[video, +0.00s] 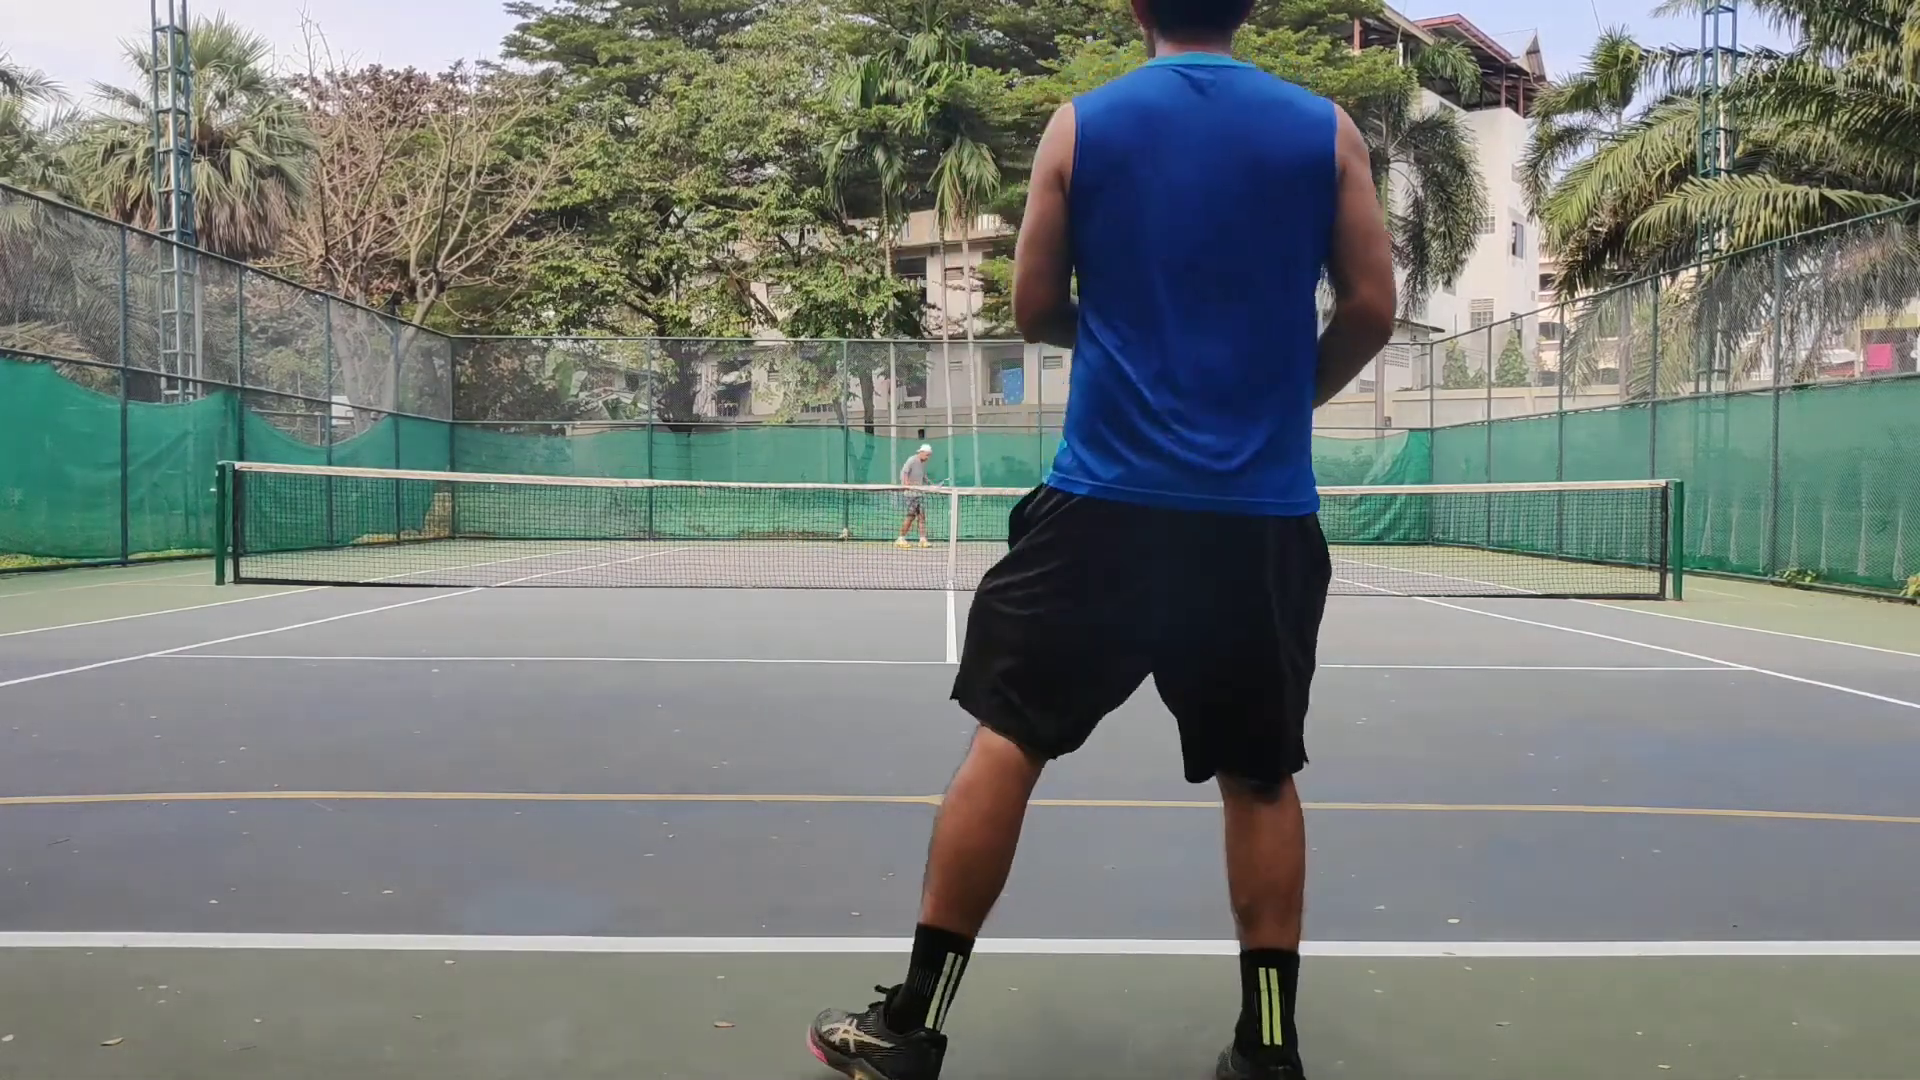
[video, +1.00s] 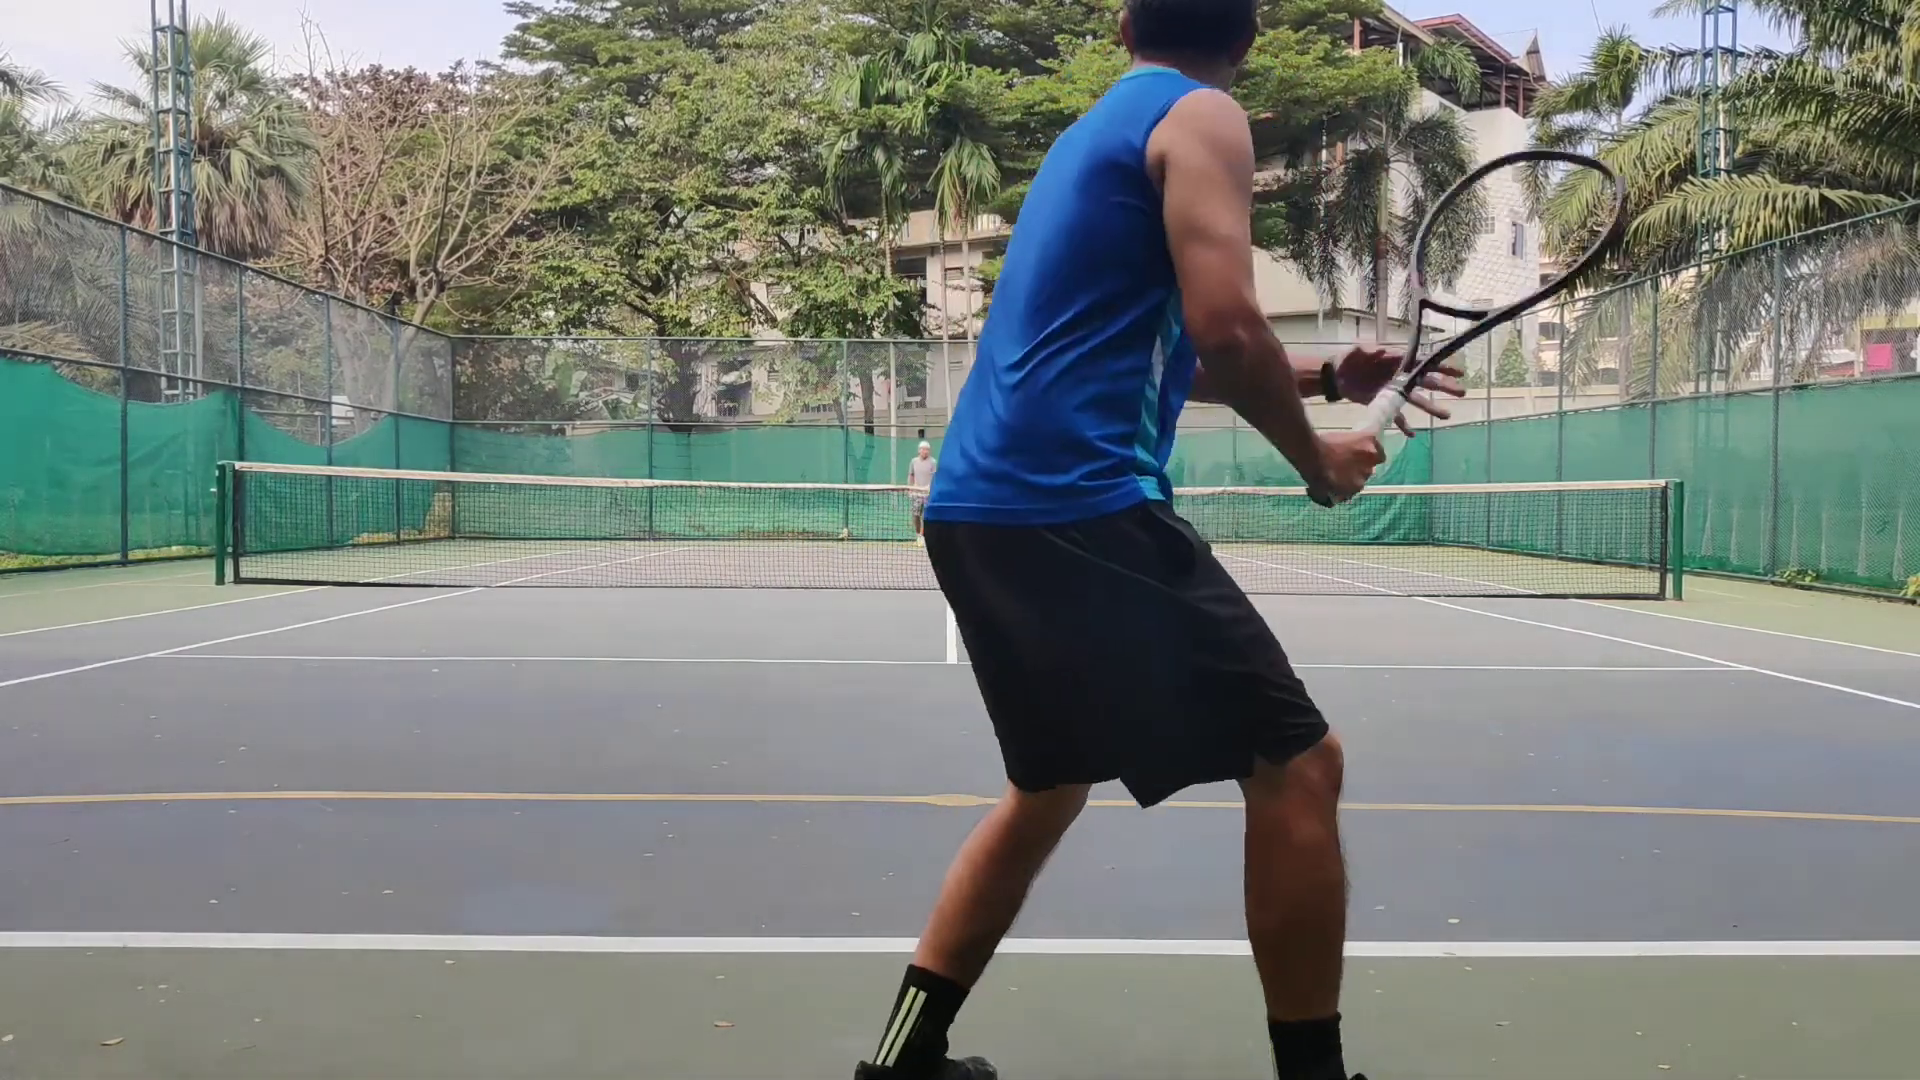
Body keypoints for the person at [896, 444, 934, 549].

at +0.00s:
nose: (927, 458)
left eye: (929, 455)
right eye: (927, 455)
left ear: (927, 455)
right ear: (921, 453)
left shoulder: (922, 462)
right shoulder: (912, 460)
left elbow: (922, 475)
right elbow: (904, 472)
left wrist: (930, 484)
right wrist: (906, 485)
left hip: (918, 491)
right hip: (910, 491)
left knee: (921, 516)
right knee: (912, 515)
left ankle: (923, 539)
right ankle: (901, 538)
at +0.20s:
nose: (932, 456)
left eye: (933, 454)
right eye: (931, 453)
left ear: (932, 454)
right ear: (926, 452)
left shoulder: (931, 465)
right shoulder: (914, 459)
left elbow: (932, 477)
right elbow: (902, 471)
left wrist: (937, 484)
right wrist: (899, 482)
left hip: (923, 490)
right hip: (913, 490)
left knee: (924, 515)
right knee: (912, 514)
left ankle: (923, 538)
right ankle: (903, 536)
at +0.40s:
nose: (934, 454)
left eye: (935, 452)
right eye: (933, 451)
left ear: (936, 453)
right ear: (927, 450)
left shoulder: (934, 463)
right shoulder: (916, 459)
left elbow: (935, 476)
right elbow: (907, 470)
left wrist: (928, 480)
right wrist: (903, 480)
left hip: (926, 487)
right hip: (915, 485)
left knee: (926, 514)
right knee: (912, 512)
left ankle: (924, 537)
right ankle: (905, 534)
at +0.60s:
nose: (932, 452)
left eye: (933, 450)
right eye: (930, 449)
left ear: (934, 451)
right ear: (925, 449)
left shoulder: (934, 462)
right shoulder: (916, 459)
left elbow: (933, 477)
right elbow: (911, 472)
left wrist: (920, 479)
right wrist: (909, 478)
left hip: (928, 489)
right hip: (916, 488)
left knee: (926, 514)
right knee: (911, 513)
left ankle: (924, 537)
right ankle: (910, 532)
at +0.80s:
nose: (927, 451)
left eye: (929, 449)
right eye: (925, 448)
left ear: (931, 450)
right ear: (921, 449)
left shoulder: (933, 461)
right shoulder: (915, 460)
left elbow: (935, 474)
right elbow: (913, 473)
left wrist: (931, 483)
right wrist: (913, 485)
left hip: (928, 490)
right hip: (916, 489)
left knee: (926, 515)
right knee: (914, 514)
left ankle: (925, 537)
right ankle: (918, 533)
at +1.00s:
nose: (924, 452)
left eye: (926, 449)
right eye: (922, 449)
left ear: (929, 451)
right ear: (919, 450)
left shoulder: (933, 462)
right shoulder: (914, 461)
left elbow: (934, 475)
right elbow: (911, 475)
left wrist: (932, 488)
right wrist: (910, 487)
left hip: (928, 491)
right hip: (916, 491)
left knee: (927, 514)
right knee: (916, 514)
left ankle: (924, 535)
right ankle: (918, 534)